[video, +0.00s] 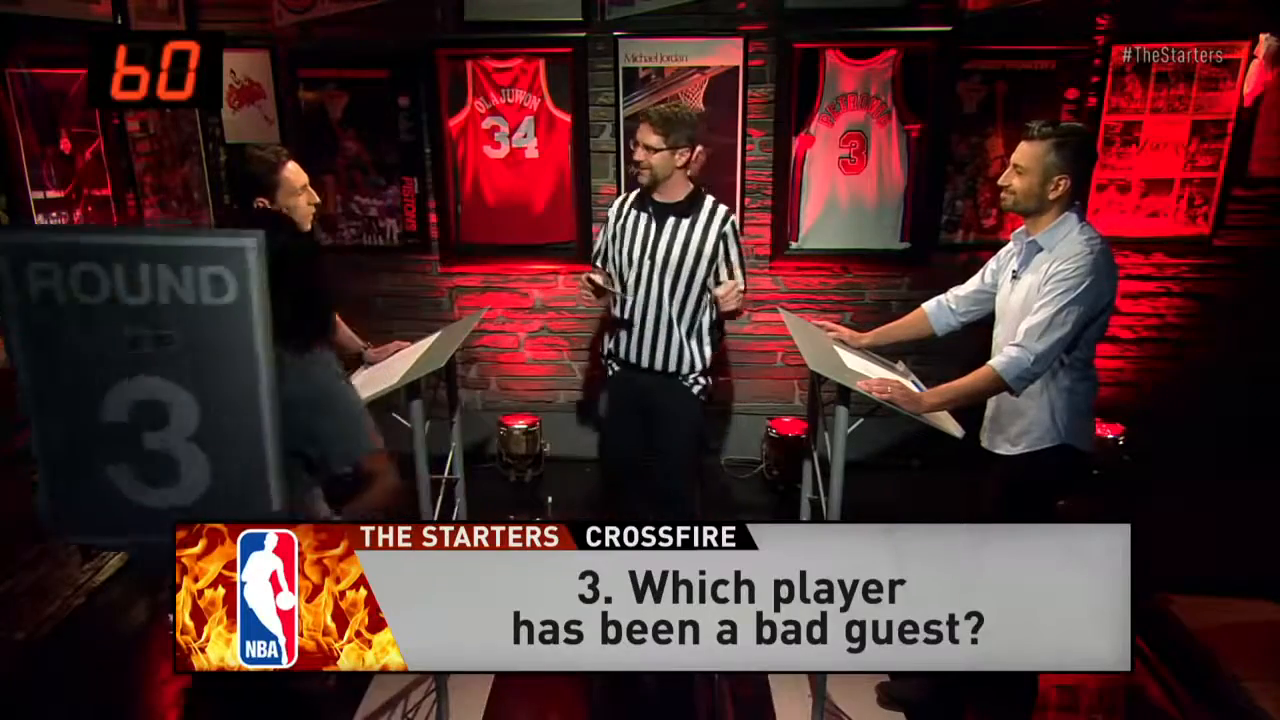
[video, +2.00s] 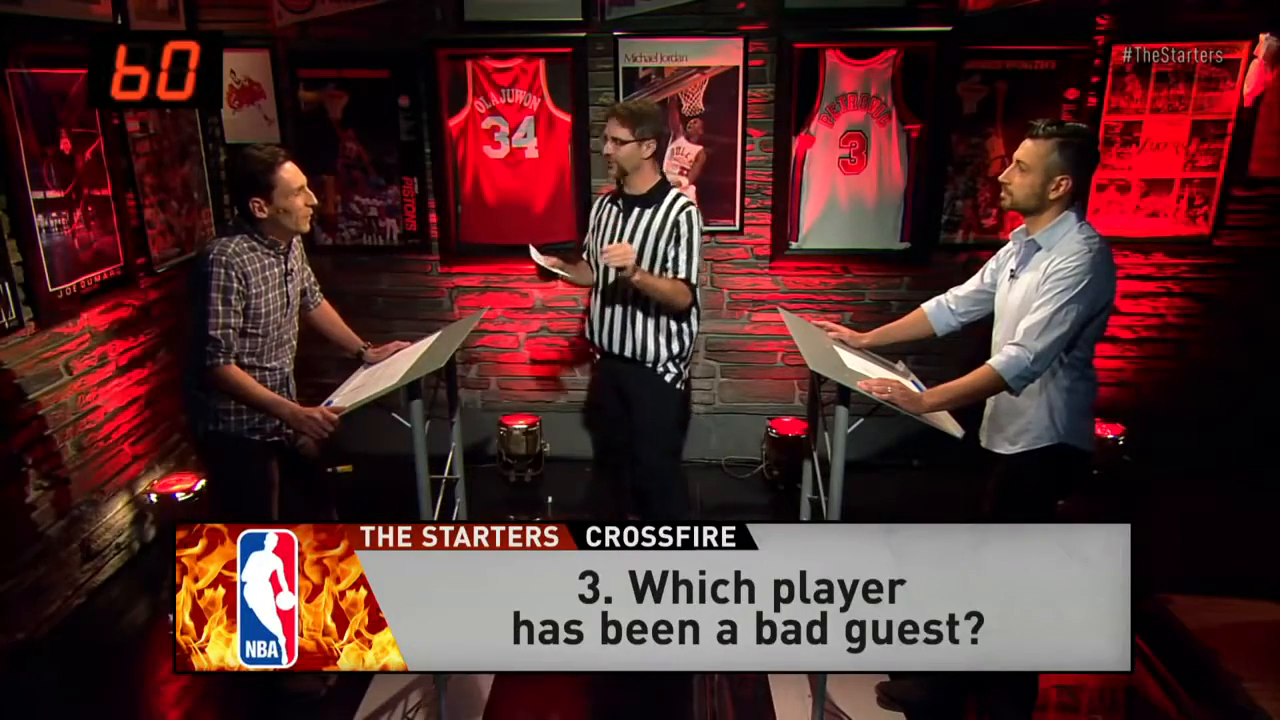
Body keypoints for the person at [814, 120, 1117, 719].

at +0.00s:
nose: (1003, 178)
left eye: (1018, 171)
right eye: (1008, 166)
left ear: (1057, 189)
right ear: (1045, 186)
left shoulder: (1084, 260)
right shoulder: (1025, 244)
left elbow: (1024, 360)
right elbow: (954, 306)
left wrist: (927, 398)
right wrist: (868, 339)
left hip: (1043, 446)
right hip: (1001, 433)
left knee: (1007, 579)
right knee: (973, 563)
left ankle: (996, 704)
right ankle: (939, 683)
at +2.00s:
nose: (1006, 175)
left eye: (1021, 168)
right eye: (1011, 164)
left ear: (1058, 188)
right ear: (1047, 184)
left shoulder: (1083, 258)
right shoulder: (1025, 243)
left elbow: (1023, 360)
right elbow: (955, 306)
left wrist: (927, 398)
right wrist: (868, 339)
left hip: (1043, 445)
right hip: (1003, 433)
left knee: (1007, 580)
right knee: (980, 565)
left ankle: (1000, 705)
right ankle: (942, 683)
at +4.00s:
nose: (1006, 174)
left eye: (1021, 168)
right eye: (1012, 163)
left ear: (1059, 188)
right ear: (1047, 184)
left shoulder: (1083, 259)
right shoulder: (1025, 243)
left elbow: (1022, 361)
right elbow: (954, 306)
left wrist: (926, 398)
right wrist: (867, 339)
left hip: (1041, 445)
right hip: (999, 432)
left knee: (1007, 578)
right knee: (974, 561)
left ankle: (998, 704)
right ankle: (940, 681)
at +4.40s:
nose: (1004, 175)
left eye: (1019, 169)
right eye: (1009, 164)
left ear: (1057, 189)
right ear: (1044, 185)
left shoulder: (1082, 259)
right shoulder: (1024, 243)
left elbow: (1022, 361)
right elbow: (954, 307)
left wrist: (927, 398)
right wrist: (867, 339)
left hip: (1042, 445)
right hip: (999, 433)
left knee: (1006, 579)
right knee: (969, 560)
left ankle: (1000, 705)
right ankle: (940, 683)